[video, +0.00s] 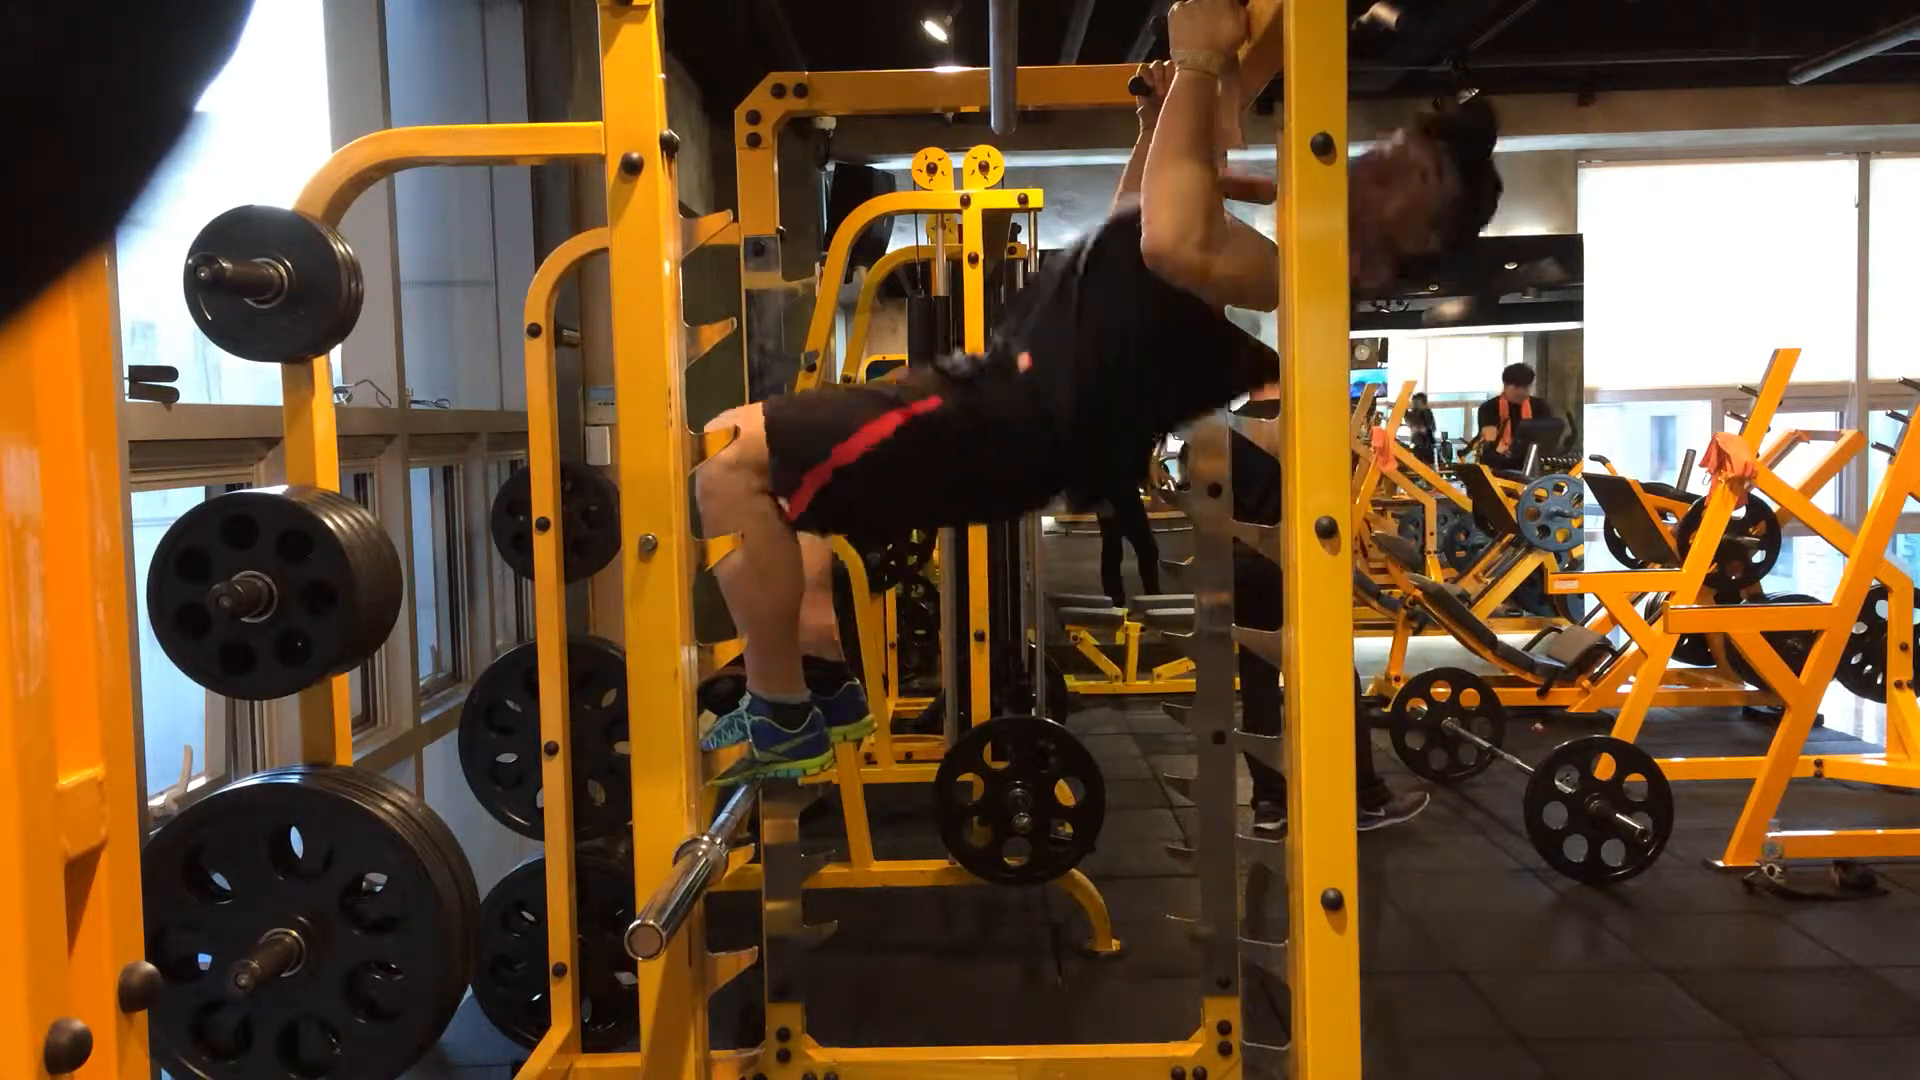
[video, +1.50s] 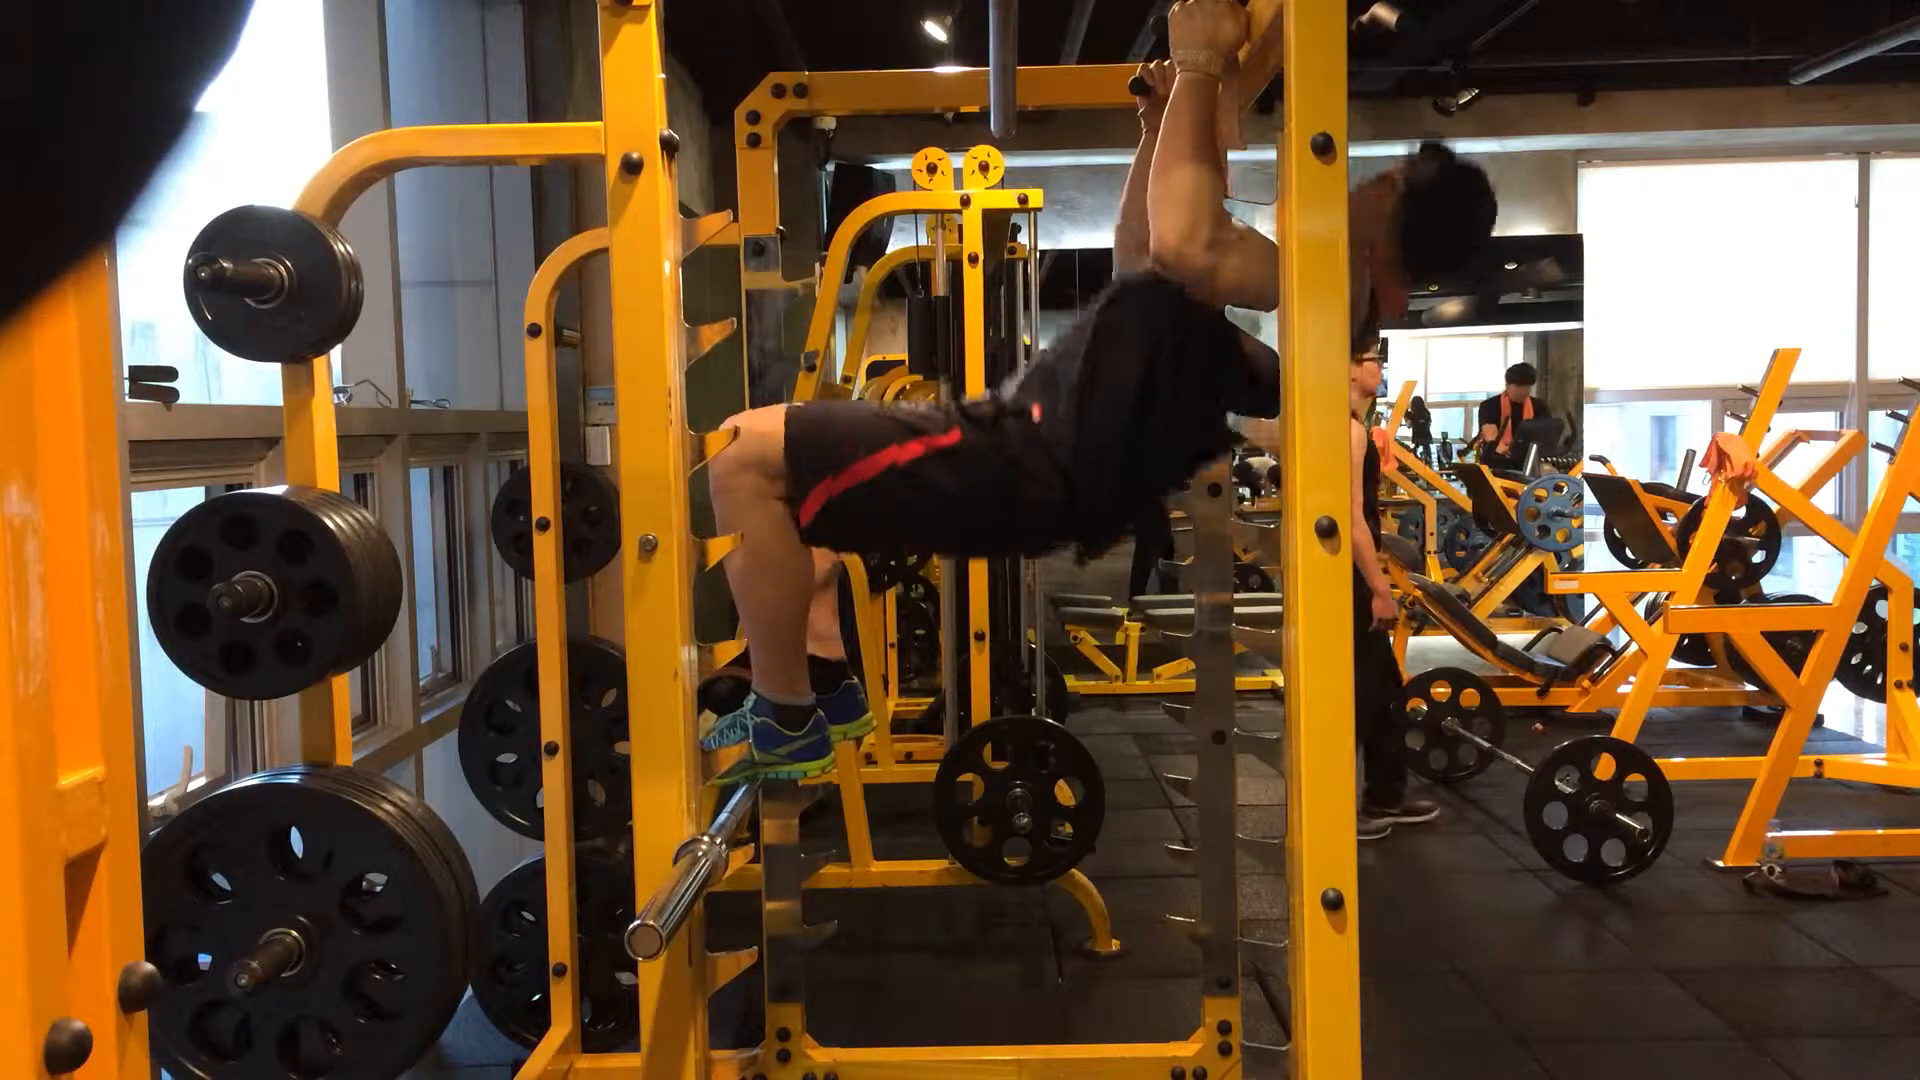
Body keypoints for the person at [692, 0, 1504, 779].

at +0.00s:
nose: (1376, 158)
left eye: (1403, 171)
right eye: (1391, 147)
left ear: (1415, 237)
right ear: (1369, 158)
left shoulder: (1326, 277)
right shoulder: (1310, 227)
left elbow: (1179, 244)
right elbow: (1142, 210)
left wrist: (1208, 66)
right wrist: (1187, 92)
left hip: (1020, 421)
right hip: (1007, 382)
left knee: (733, 474)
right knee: (746, 433)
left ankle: (782, 715)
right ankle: (822, 672)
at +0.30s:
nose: (1376, 110)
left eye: (1406, 121)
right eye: (1387, 99)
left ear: (1426, 189)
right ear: (1367, 111)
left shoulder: (1338, 244)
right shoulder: (1310, 189)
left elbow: (1183, 239)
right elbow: (1175, 182)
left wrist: (1205, 63)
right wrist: (1201, 88)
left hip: (1043, 402)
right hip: (1022, 362)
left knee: (746, 465)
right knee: (749, 433)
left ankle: (782, 716)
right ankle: (822, 671)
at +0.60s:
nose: (1318, 235)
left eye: (1351, 235)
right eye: (1341, 223)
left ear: (1381, 291)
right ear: (1365, 280)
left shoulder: (1302, 383)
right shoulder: (1256, 340)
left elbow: (1187, 262)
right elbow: (1134, 277)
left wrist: (1199, 73)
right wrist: (1158, 126)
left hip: (1017, 543)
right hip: (1003, 499)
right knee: (762, 440)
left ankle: (780, 713)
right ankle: (826, 675)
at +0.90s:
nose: (1339, 224)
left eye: (1364, 219)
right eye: (1358, 213)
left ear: (1386, 256)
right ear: (1388, 263)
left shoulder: (1330, 347)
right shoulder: (1300, 349)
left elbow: (1190, 265)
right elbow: (1132, 280)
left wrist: (1200, 72)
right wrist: (1153, 125)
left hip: (1010, 512)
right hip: (998, 474)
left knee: (731, 476)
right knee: (747, 435)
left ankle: (781, 715)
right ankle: (821, 665)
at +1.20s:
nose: (1359, 76)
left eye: (1378, 71)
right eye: (1373, 64)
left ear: (1390, 104)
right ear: (1380, 96)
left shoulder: (1324, 225)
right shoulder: (1305, 182)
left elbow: (1181, 236)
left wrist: (1200, 66)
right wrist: (1203, 98)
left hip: (1033, 390)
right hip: (1010, 354)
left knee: (747, 457)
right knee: (760, 430)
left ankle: (785, 716)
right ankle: (827, 674)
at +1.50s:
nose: (1361, 181)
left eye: (1380, 181)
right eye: (1375, 175)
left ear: (1389, 219)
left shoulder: (1337, 294)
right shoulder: (1331, 301)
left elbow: (1195, 252)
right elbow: (1143, 260)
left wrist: (1208, 71)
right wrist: (1162, 117)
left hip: (1043, 464)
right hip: (1046, 439)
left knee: (744, 460)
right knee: (775, 433)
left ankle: (783, 716)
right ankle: (822, 668)